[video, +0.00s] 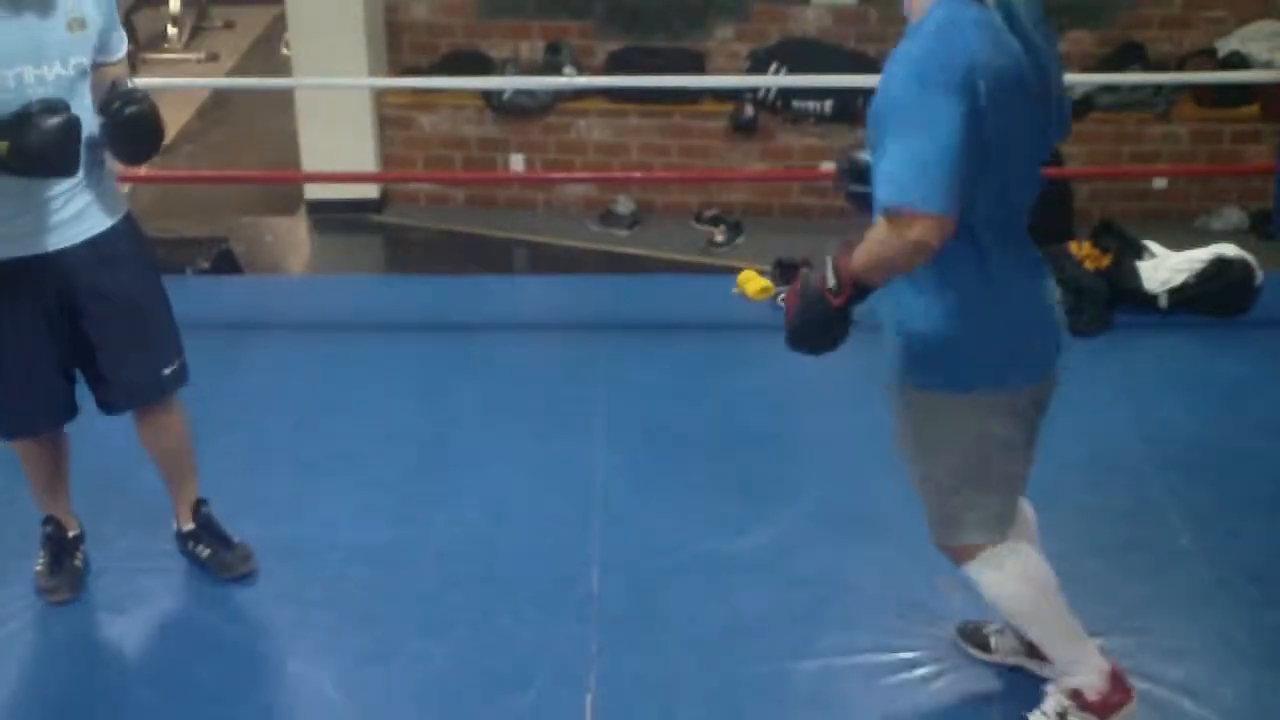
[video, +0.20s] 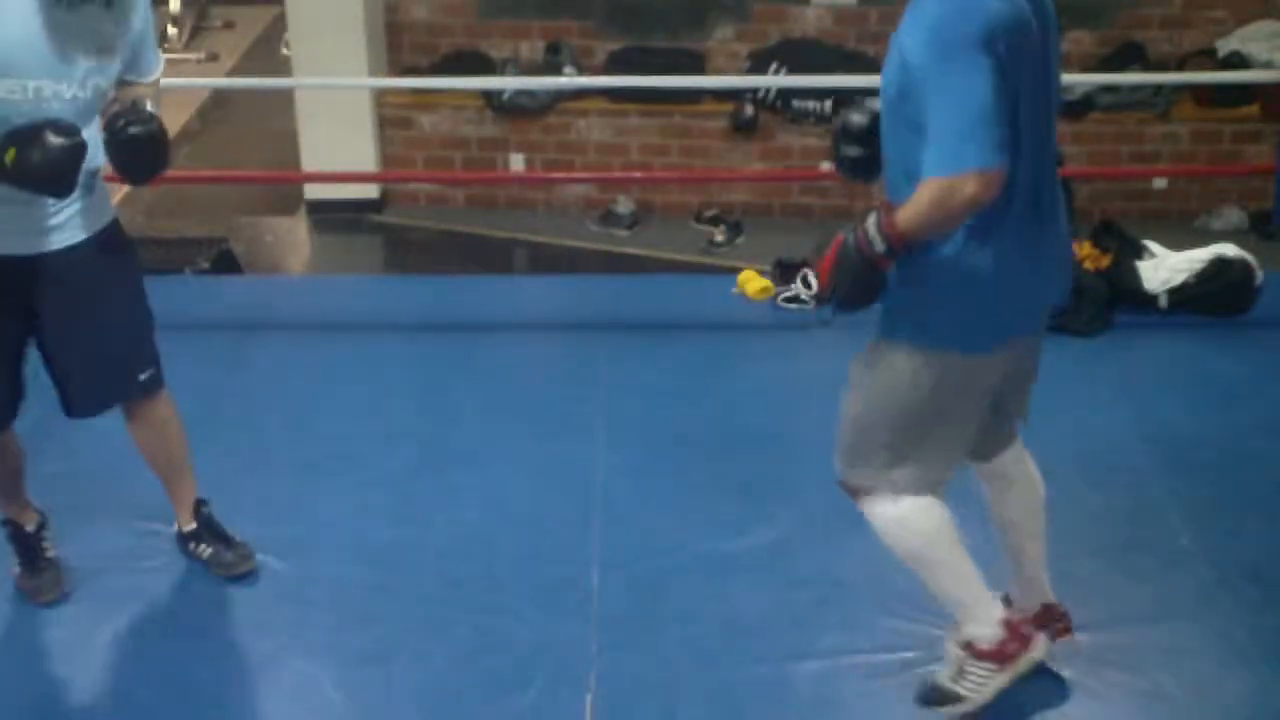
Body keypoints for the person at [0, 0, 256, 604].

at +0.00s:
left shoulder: (91, 7)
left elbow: (110, 83)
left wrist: (129, 123)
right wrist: (4, 146)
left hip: (96, 227)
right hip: (9, 248)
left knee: (154, 385)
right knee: (29, 412)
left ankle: (192, 521)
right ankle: (59, 533)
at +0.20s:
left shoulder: (127, 8)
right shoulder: (11, 15)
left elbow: (135, 85)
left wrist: (136, 132)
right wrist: (5, 153)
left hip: (84, 228)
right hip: (4, 245)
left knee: (141, 383)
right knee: (1, 418)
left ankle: (193, 521)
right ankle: (23, 524)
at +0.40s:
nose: (93, 14)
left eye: (99, 9)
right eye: (82, 9)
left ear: (104, 6)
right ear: (46, 2)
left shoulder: (104, 20)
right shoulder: (5, 33)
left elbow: (110, 106)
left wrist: (120, 145)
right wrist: (6, 177)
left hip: (58, 237)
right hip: (4, 247)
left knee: (140, 380)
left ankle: (192, 520)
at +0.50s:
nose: (59, 12)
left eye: (64, 3)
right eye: (43, 5)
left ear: (71, 3)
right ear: (11, 6)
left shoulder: (68, 30)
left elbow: (89, 112)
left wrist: (103, 146)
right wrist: (7, 183)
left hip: (42, 250)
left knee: (144, 385)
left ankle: (193, 522)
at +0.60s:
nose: (20, 26)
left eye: (26, 15)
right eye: (12, 15)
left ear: (34, 16)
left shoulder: (28, 50)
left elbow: (60, 125)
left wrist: (80, 148)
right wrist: (9, 181)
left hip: (23, 264)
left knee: (144, 383)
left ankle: (197, 518)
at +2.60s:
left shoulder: (254, 14)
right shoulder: (103, 21)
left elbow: (324, 135)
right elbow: (110, 157)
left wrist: (304, 70)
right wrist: (172, 88)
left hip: (253, 235)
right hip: (134, 242)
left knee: (346, 377)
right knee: (75, 382)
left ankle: (424, 516)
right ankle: (59, 476)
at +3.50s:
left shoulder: (435, 4)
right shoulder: (280, 5)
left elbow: (486, 110)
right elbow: (262, 111)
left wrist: (449, 41)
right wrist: (299, 57)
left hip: (413, 199)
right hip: (309, 195)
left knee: (463, 357)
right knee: (254, 318)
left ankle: (516, 505)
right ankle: (246, 421)